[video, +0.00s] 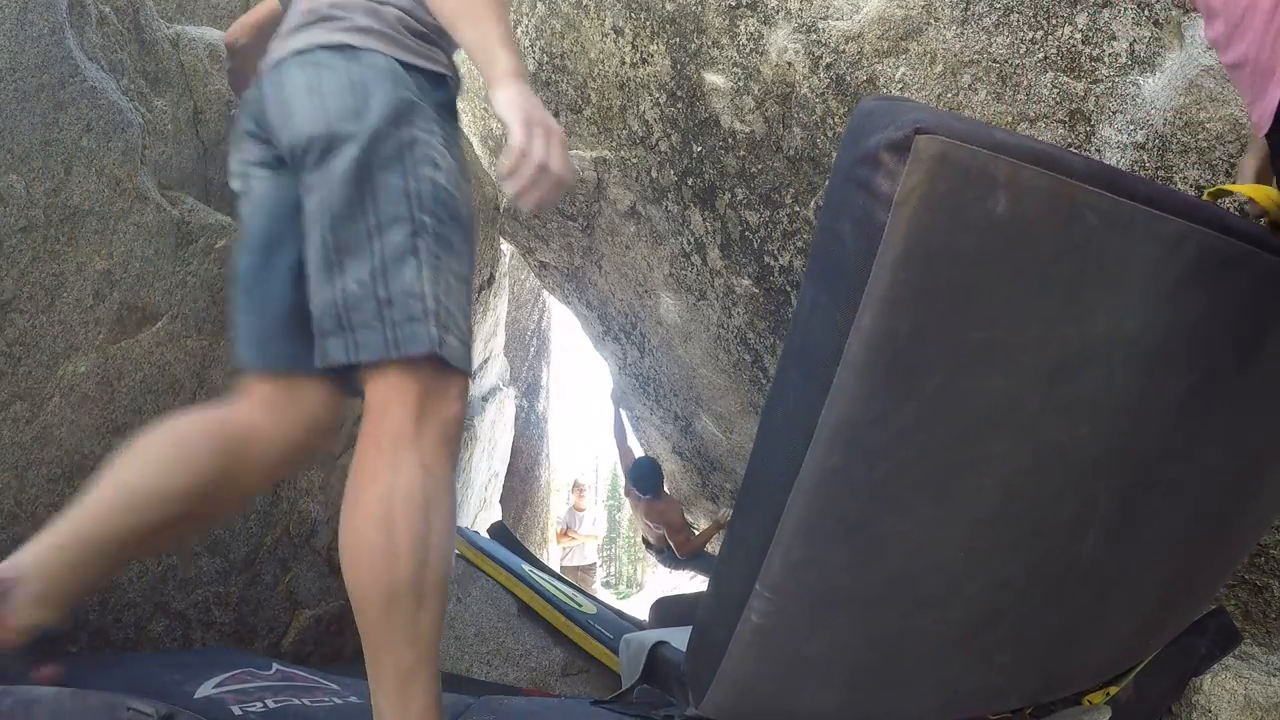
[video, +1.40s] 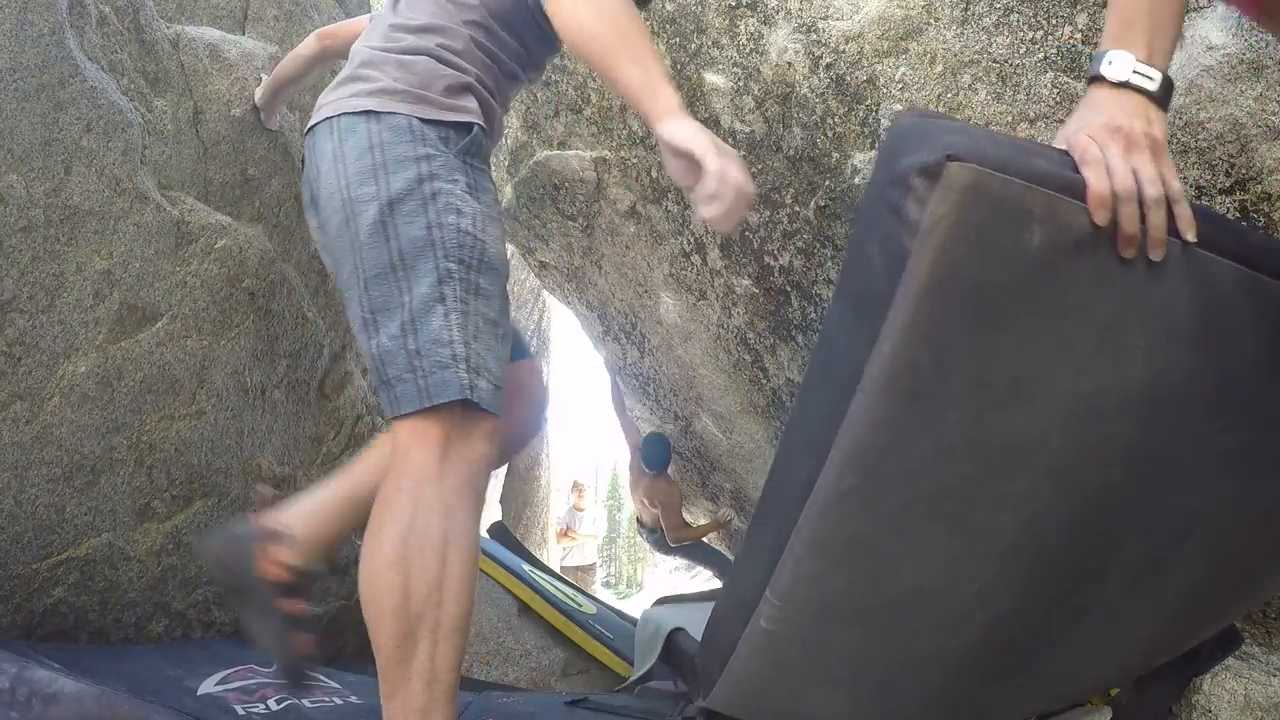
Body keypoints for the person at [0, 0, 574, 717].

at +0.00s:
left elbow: (246, 35)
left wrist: (258, 27)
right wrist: (509, 78)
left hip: (276, 77)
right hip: (374, 66)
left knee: (292, 403)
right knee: (417, 398)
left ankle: (23, 595)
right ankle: (409, 708)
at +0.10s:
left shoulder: (346, 9)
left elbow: (255, 48)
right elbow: (501, 5)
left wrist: (254, 89)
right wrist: (572, 145)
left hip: (315, 124)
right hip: (402, 99)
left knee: (411, 431)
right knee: (424, 436)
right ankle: (405, 705)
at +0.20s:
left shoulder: (362, 7)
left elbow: (265, 51)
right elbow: (529, 19)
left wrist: (259, 90)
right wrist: (613, 189)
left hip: (346, 148)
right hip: (423, 123)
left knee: (548, 395)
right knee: (434, 444)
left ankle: (397, 583)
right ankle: (409, 705)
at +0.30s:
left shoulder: (387, 7)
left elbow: (277, 50)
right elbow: (545, 26)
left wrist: (262, 99)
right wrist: (622, 197)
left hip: (366, 142)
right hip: (437, 125)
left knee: (592, 363)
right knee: (450, 440)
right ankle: (415, 705)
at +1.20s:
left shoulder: (428, 9)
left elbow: (327, 44)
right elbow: (611, 39)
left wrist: (267, 90)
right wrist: (734, 186)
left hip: (359, 153)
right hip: (434, 137)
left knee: (550, 379)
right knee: (470, 434)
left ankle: (588, 648)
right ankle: (425, 711)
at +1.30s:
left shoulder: (420, 14)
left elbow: (332, 41)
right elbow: (599, 17)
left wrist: (267, 92)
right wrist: (722, 155)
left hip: (353, 144)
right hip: (418, 132)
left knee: (544, 377)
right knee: (453, 434)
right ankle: (422, 708)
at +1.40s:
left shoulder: (428, 16)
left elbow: (327, 39)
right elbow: (581, 8)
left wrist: (268, 93)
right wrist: (669, 114)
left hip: (360, 136)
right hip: (405, 130)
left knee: (512, 401)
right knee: (448, 426)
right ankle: (420, 710)